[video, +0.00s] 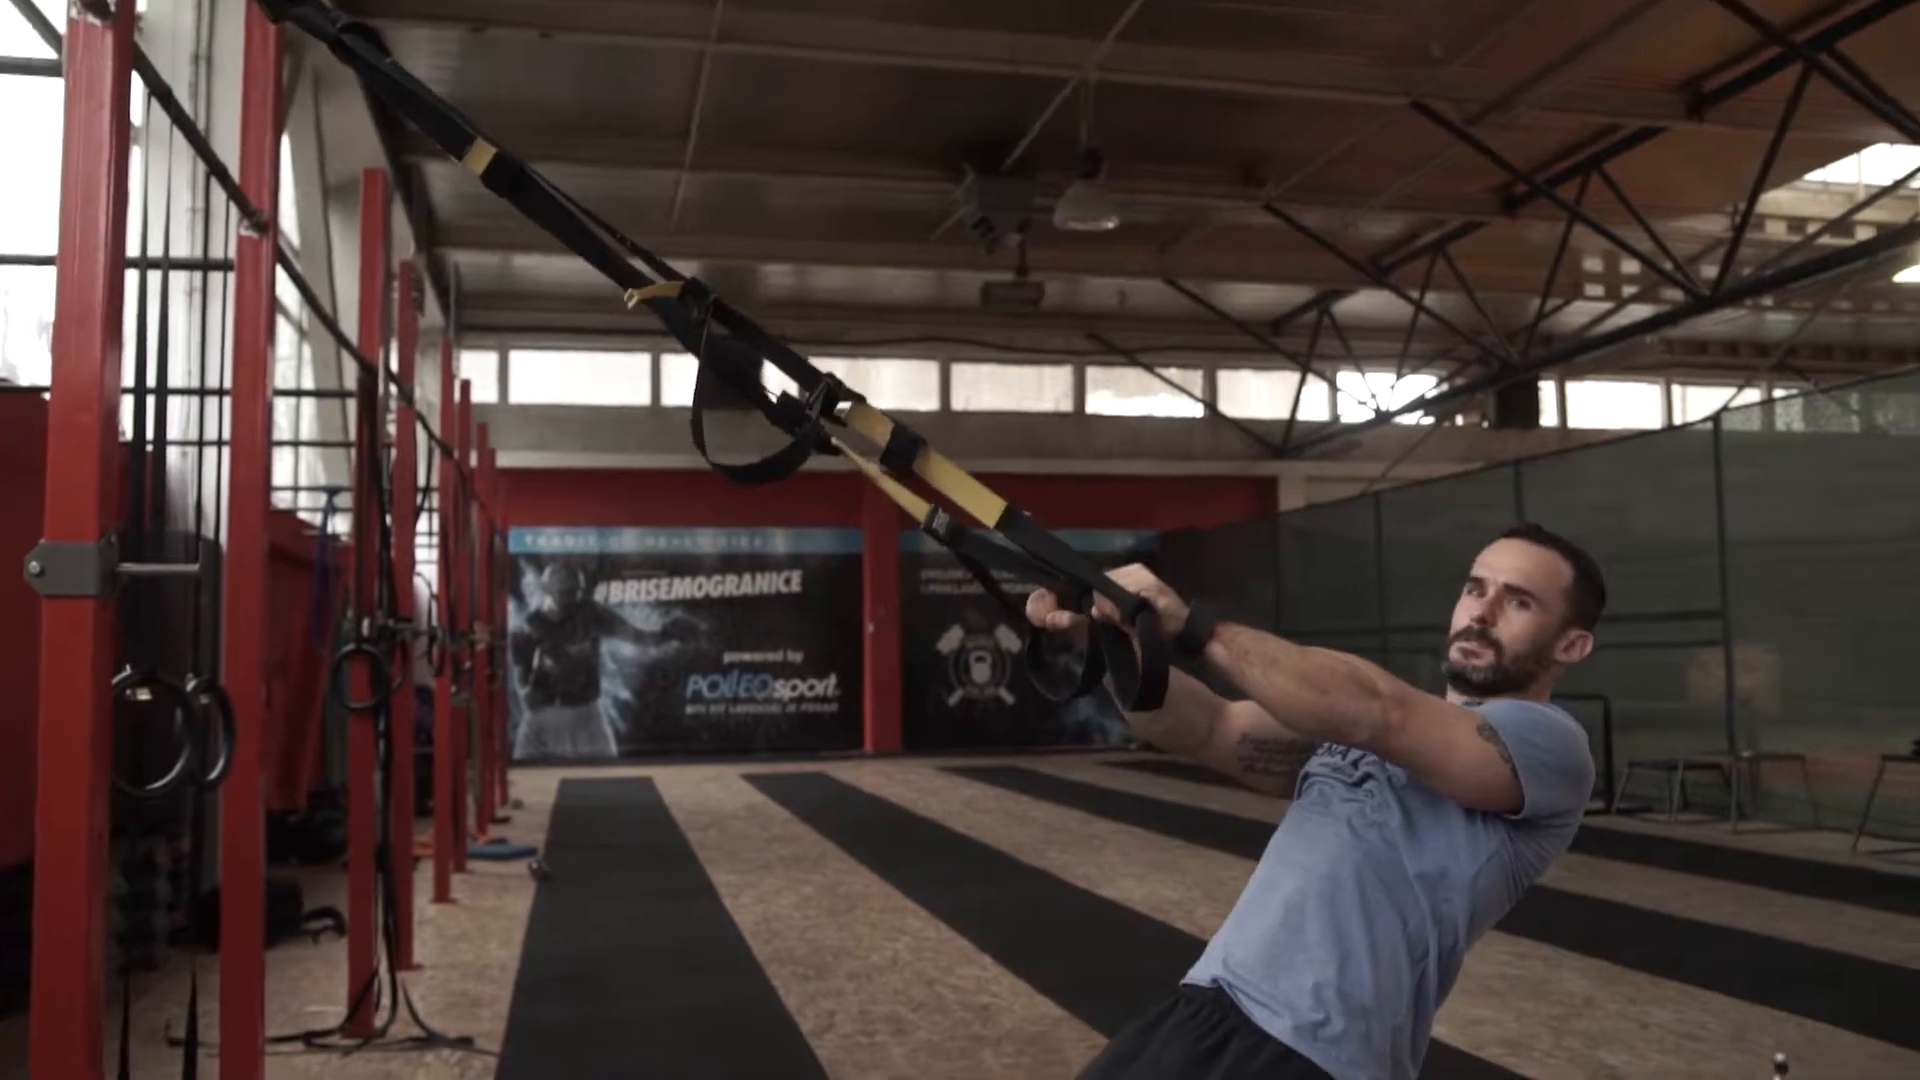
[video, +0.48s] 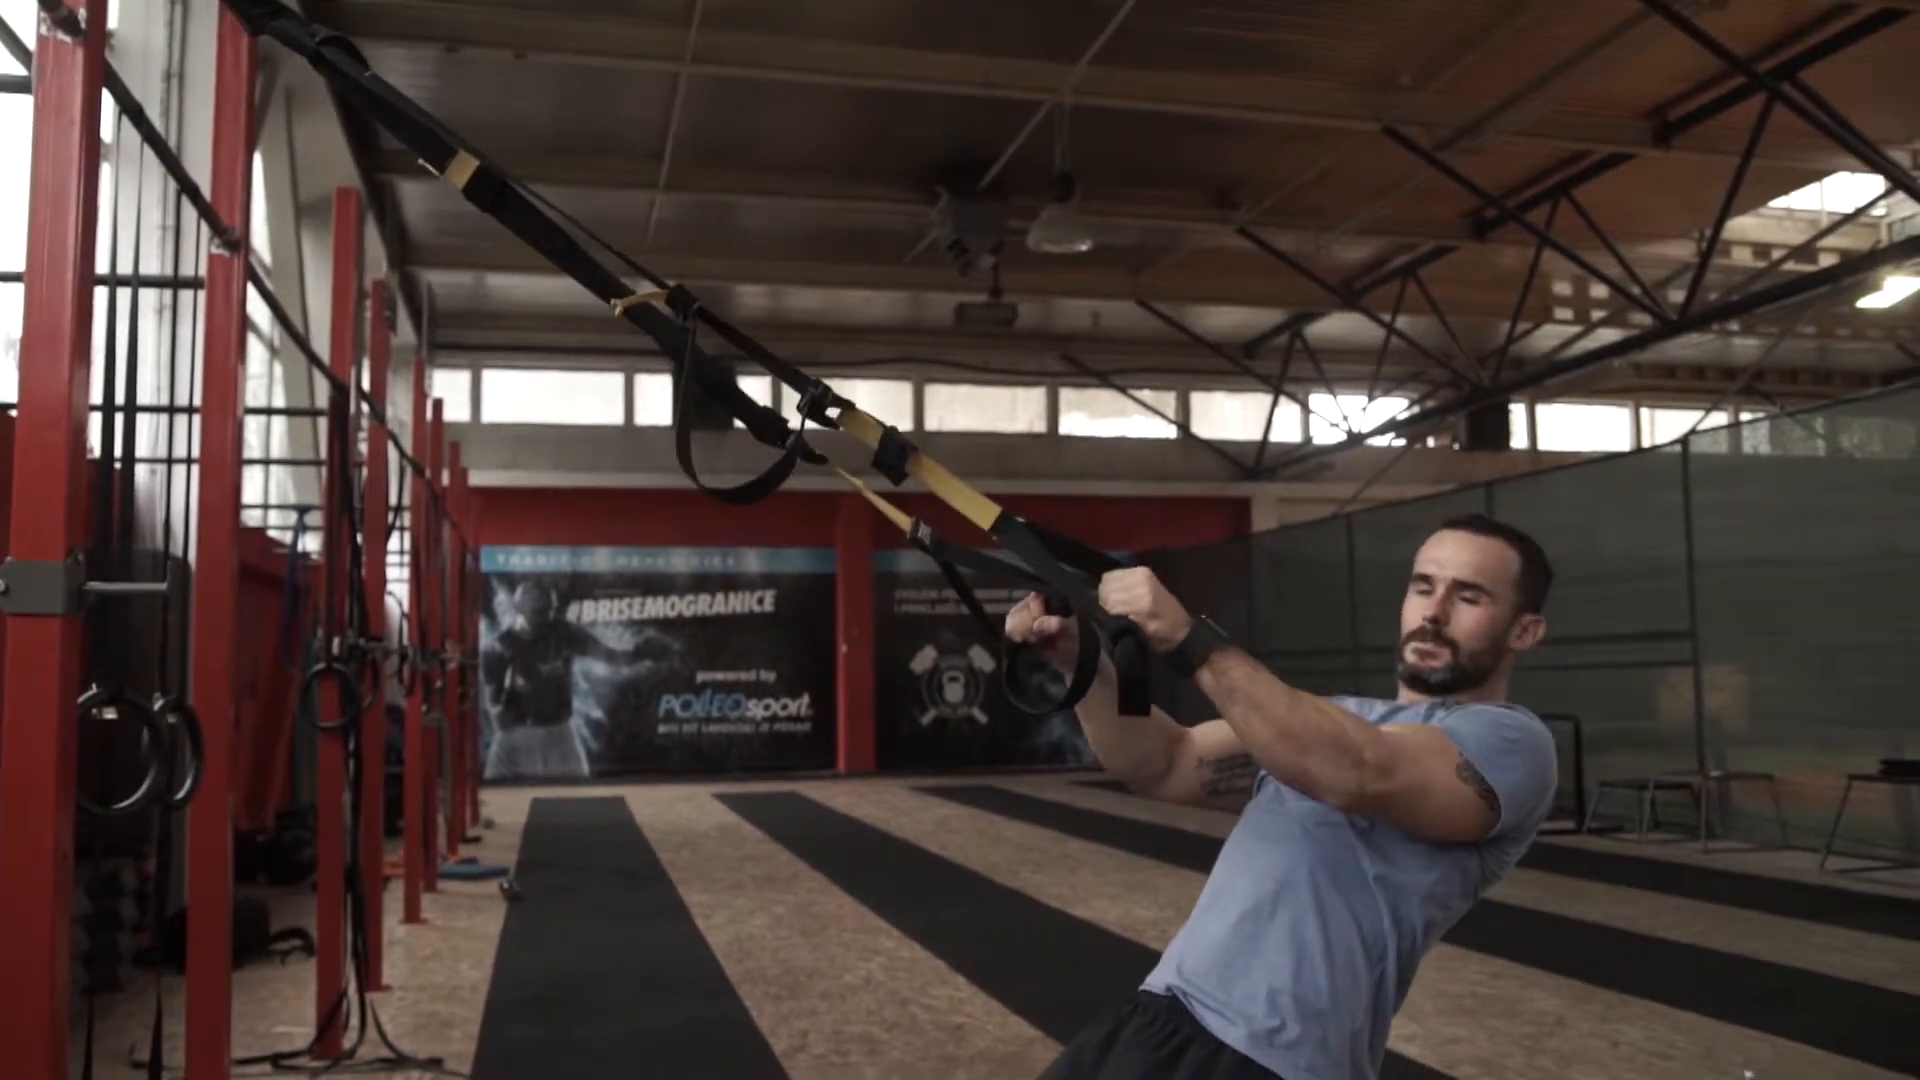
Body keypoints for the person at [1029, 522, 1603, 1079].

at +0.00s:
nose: (1478, 612)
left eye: (1518, 602)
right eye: (1475, 590)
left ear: (1571, 645)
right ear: (1458, 597)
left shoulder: (1556, 749)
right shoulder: (1384, 715)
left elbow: (1383, 712)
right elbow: (1218, 729)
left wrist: (1197, 630)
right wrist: (1107, 639)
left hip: (1320, 1060)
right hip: (1197, 1012)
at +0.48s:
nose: (1431, 614)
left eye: (1469, 598)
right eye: (1423, 589)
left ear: (1526, 632)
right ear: (1404, 597)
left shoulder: (1517, 748)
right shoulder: (1340, 715)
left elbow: (1356, 772)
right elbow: (1167, 761)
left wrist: (1190, 638)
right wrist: (1081, 663)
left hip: (1283, 1062)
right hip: (1157, 1013)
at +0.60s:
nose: (1354, 571)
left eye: (1389, 551)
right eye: (1348, 548)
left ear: (1460, 579)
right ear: (1336, 555)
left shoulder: (1468, 713)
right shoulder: (1285, 685)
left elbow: (1329, 809)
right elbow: (1133, 786)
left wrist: (1182, 661)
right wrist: (1068, 680)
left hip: (1231, 1049)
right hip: (1113, 995)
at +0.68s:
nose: (1281, 538)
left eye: (1315, 514)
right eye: (1277, 514)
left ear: (1393, 530)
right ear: (1267, 519)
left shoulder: (1417, 675)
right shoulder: (1244, 653)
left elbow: (1320, 827)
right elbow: (1112, 793)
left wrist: (1167, 685)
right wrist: (1045, 697)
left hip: (1192, 1033)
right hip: (1078, 979)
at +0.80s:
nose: (1168, 495)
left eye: (1196, 466)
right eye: (1164, 472)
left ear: (1280, 465)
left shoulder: (1328, 623)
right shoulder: (1164, 605)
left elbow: (1313, 822)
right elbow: (1095, 775)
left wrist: (1133, 715)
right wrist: (1011, 713)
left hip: (1128, 1014)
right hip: (1017, 960)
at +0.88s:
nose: (1094, 475)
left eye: (1121, 444)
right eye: (1090, 451)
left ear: (1206, 436)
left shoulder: (1268, 596)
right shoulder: (1111, 582)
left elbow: (1297, 803)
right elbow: (1078, 755)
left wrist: (1097, 729)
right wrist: (982, 726)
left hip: (1089, 1002)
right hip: (973, 956)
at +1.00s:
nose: (999, 455)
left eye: (1022, 422)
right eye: (994, 430)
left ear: (1110, 411)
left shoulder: (1191, 567)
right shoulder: (1036, 567)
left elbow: (1254, 776)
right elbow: (1023, 763)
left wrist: (1046, 757)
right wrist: (921, 774)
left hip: (1049, 994)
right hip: (931, 957)